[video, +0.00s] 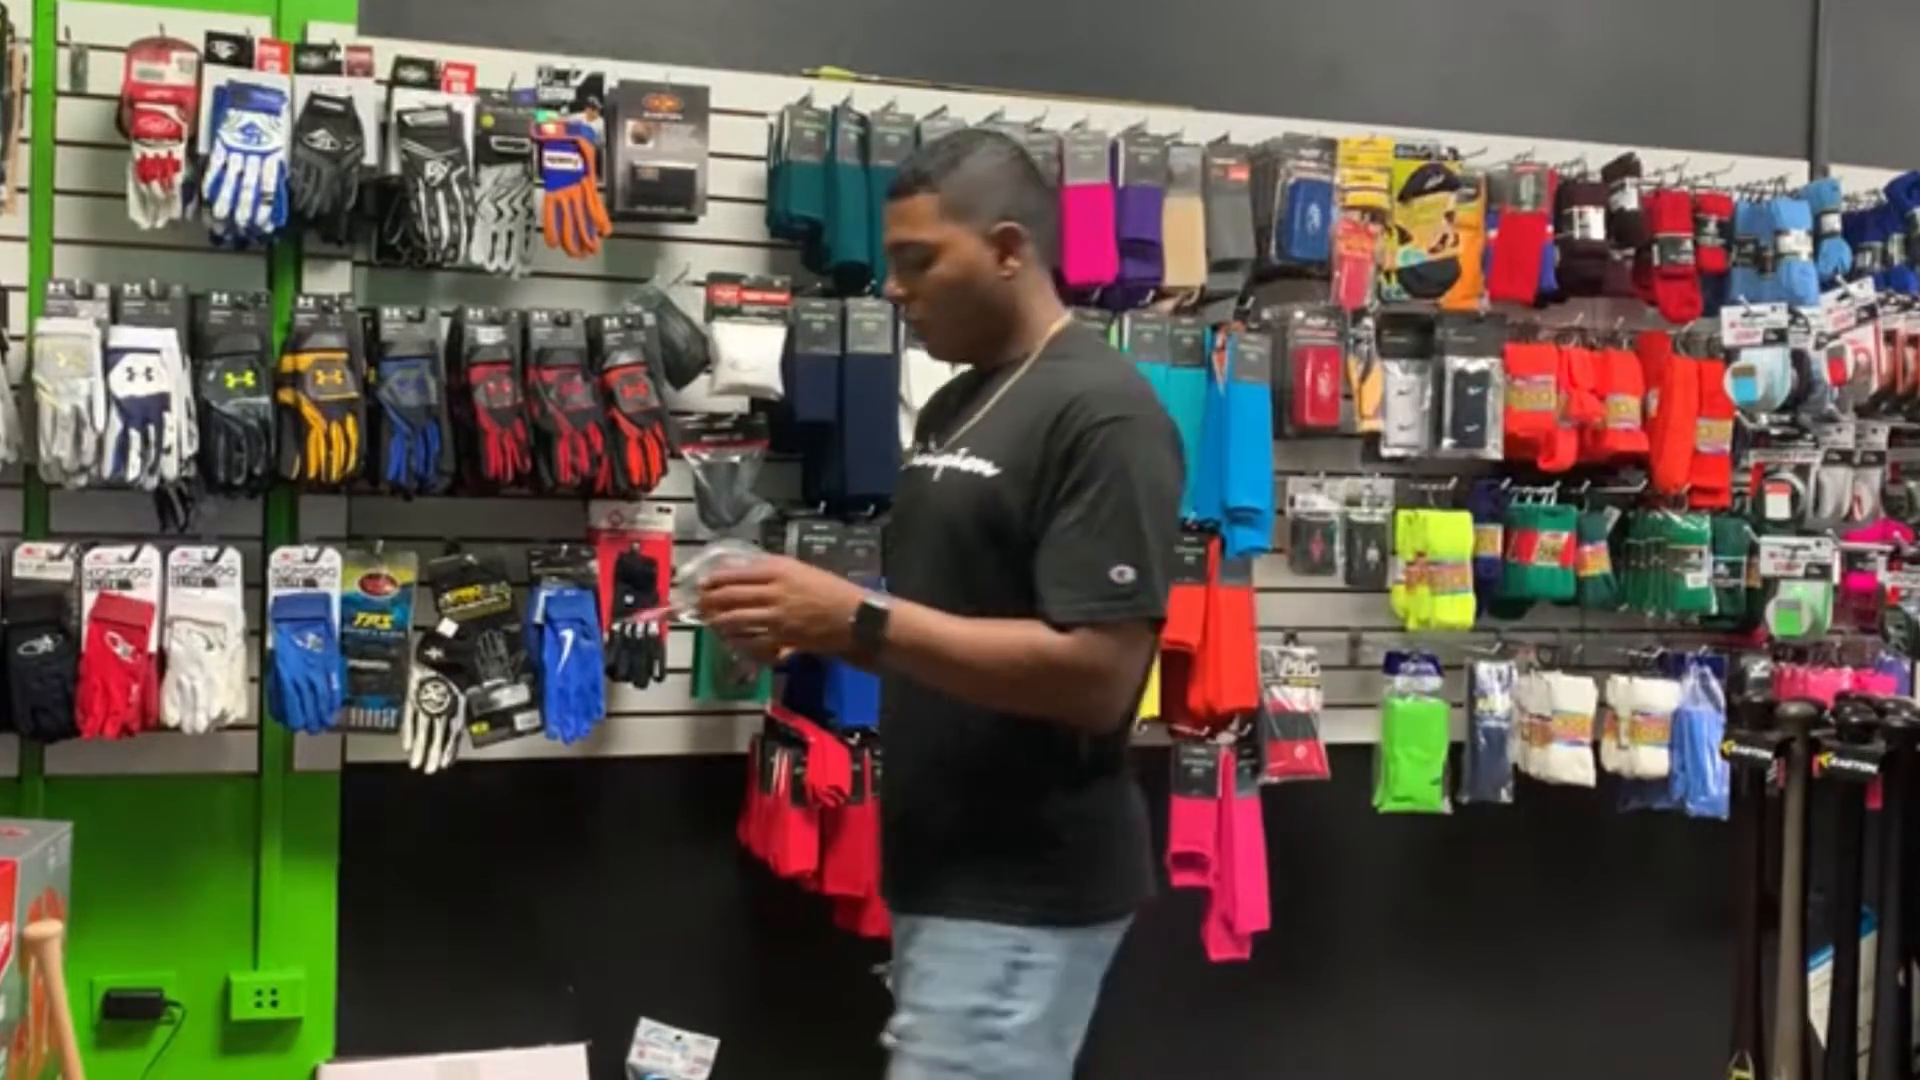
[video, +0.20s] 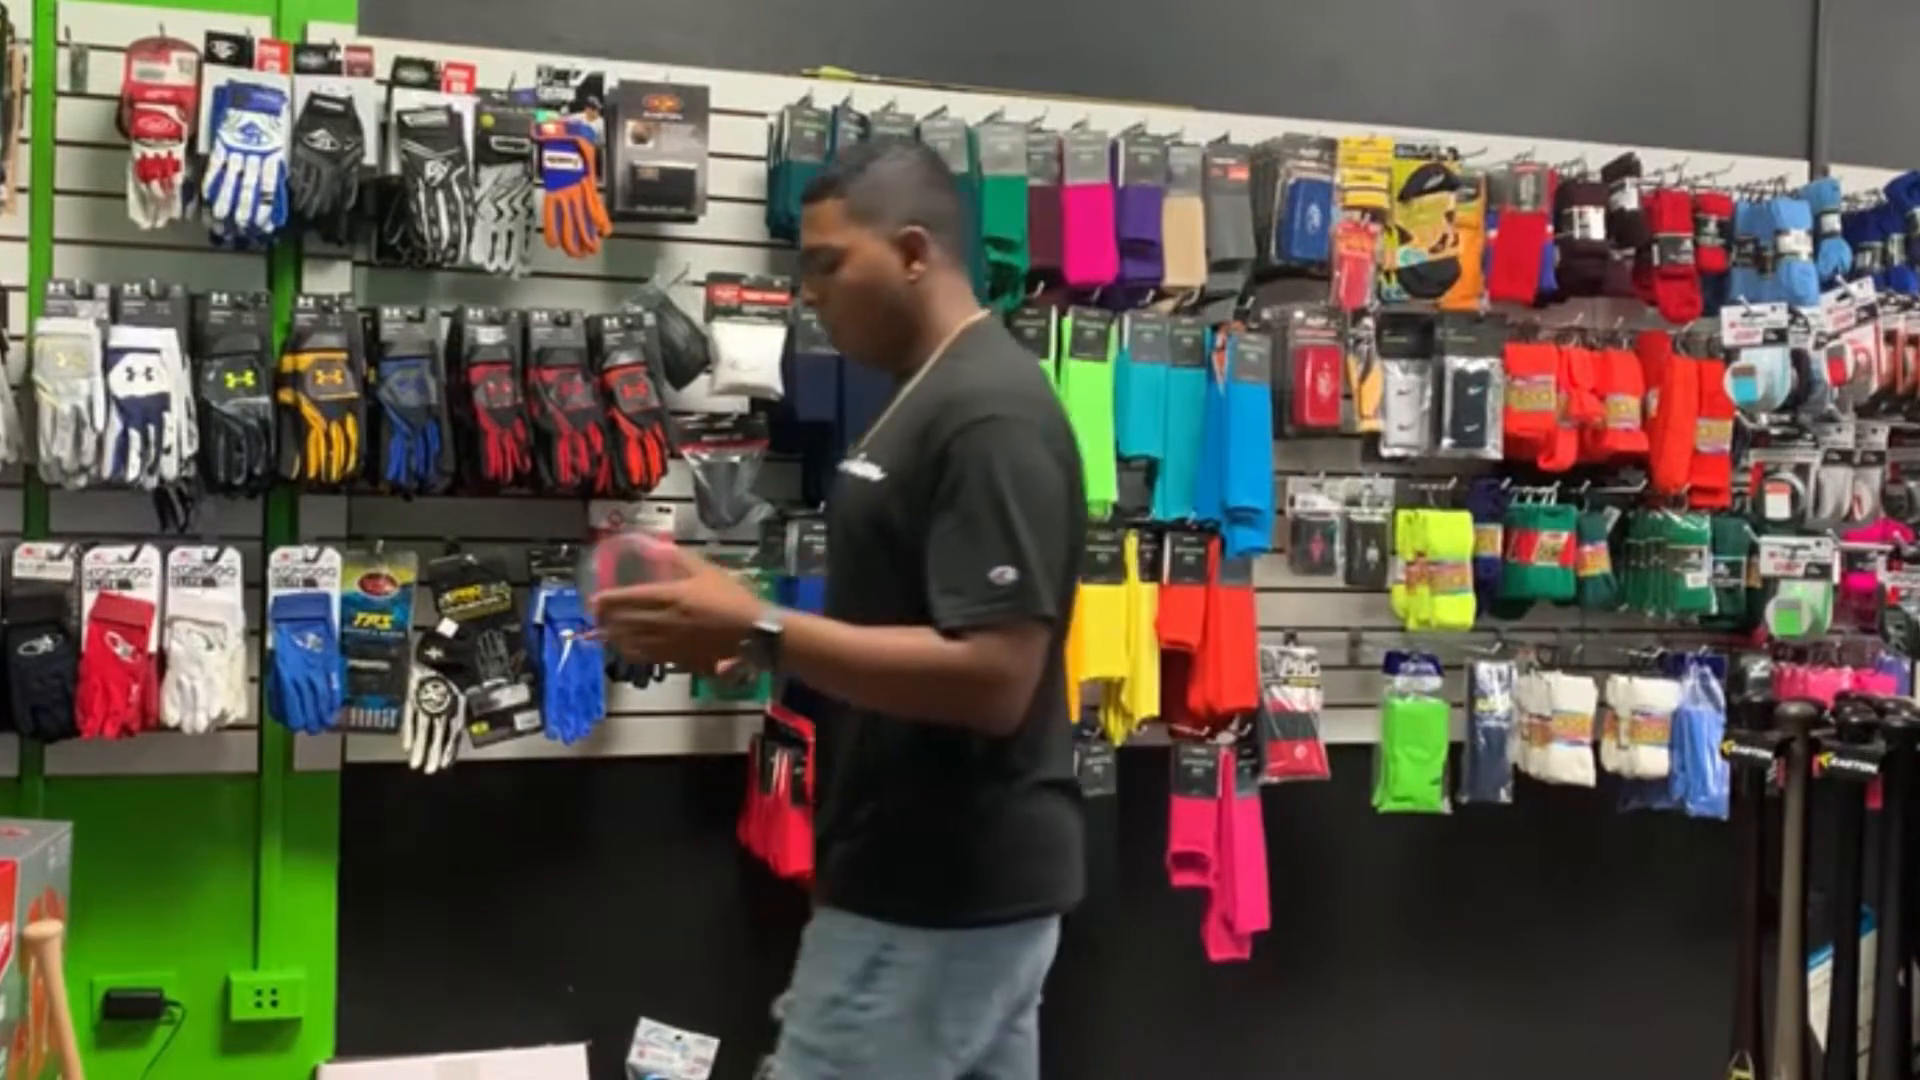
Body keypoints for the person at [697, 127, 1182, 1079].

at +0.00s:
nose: (896, 292)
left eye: (917, 260)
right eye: (892, 267)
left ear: (1008, 247)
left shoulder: (1107, 412)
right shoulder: (960, 406)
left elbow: (1099, 680)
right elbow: (953, 629)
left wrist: (858, 621)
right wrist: (824, 618)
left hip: (1027, 891)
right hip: (945, 873)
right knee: (943, 1060)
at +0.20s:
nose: (808, 296)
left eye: (826, 263)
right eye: (806, 271)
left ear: (916, 251)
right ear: (913, 256)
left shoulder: (991, 412)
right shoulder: (947, 397)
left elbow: (994, 681)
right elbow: (937, 650)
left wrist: (755, 628)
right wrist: (749, 634)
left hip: (934, 898)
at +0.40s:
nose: (695, 288)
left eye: (711, 259)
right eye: (698, 262)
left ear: (794, 258)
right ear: (797, 259)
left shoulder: (842, 426)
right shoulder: (871, 399)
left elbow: (845, 700)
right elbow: (851, 635)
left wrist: (603, 690)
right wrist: (697, 645)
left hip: (825, 901)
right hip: (906, 883)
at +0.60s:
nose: (553, 265)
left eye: (566, 240)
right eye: (552, 240)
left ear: (648, 248)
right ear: (659, 247)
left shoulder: (676, 414)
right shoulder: (769, 376)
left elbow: (617, 705)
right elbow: (751, 639)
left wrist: (393, 728)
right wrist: (593, 638)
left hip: (694, 872)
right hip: (793, 851)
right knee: (753, 1068)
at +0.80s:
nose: (453, 262)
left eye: (460, 237)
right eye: (452, 237)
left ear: (536, 242)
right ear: (563, 234)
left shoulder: (541, 423)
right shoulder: (692, 363)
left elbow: (405, 659)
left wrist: (180, 741)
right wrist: (488, 662)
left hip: (613, 841)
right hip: (708, 818)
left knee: (569, 1063)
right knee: (587, 1057)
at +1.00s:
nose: (366, 278)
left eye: (375, 252)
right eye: (364, 253)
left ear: (448, 253)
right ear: (478, 246)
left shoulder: (446, 438)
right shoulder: (628, 366)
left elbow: (264, 647)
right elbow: (690, 558)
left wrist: (64, 762)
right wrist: (467, 644)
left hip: (555, 834)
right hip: (642, 803)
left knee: (533, 1063)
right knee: (558, 1057)